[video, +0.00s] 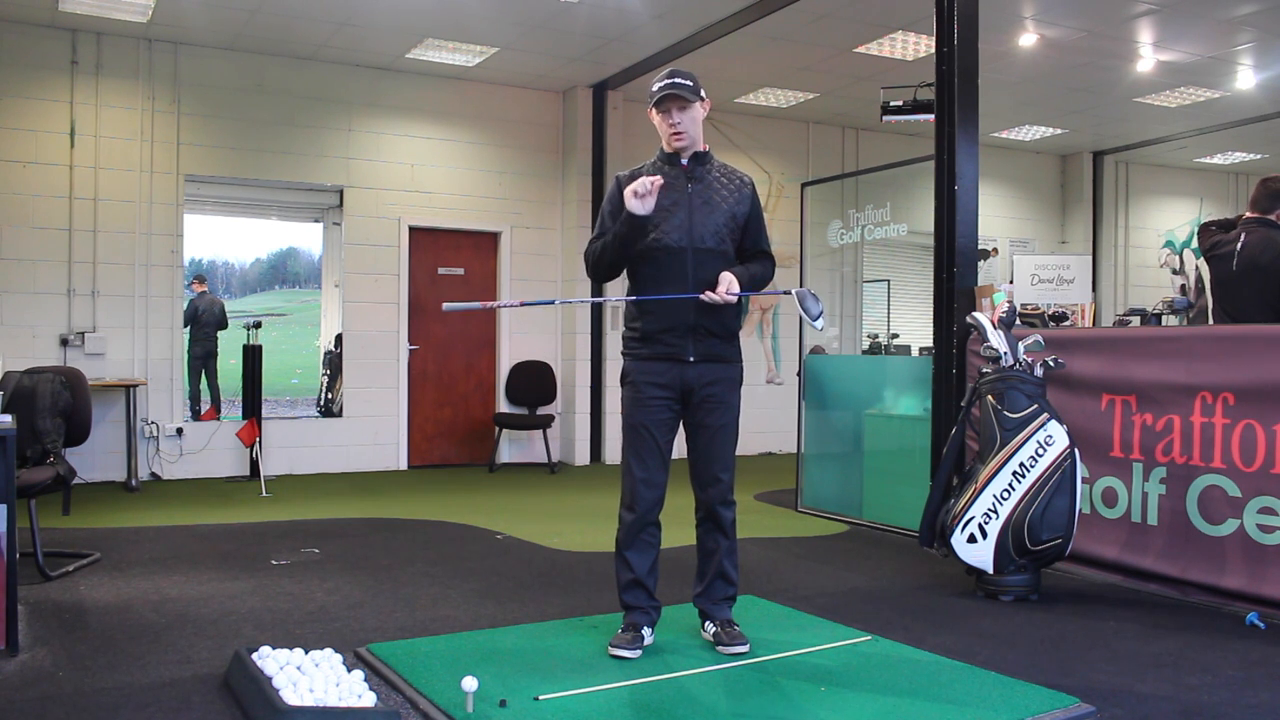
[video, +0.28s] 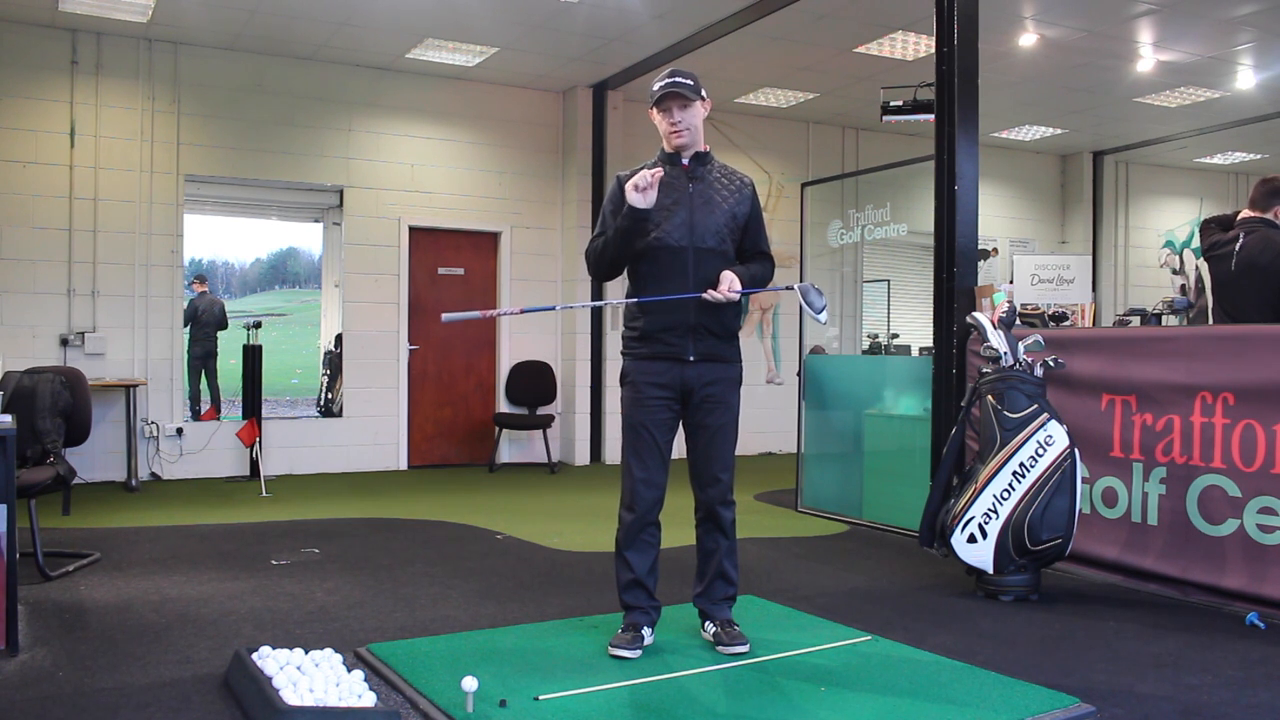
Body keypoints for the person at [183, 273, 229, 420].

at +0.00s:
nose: (191, 287)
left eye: (193, 284)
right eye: (192, 284)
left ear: (198, 285)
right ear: (205, 285)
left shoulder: (195, 301)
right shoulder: (218, 301)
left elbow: (185, 322)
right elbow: (224, 324)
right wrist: (210, 326)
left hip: (197, 345)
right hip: (212, 345)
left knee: (194, 383)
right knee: (213, 381)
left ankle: (195, 414)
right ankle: (216, 412)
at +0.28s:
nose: (192, 287)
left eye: (193, 285)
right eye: (192, 285)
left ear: (199, 285)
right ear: (206, 285)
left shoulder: (195, 302)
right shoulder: (218, 302)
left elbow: (184, 322)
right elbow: (224, 325)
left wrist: (185, 311)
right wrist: (210, 325)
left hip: (196, 345)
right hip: (212, 345)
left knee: (194, 383)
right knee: (213, 381)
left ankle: (195, 415)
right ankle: (216, 412)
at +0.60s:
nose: (192, 287)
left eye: (193, 285)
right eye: (192, 285)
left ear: (198, 285)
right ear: (205, 285)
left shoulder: (194, 302)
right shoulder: (218, 302)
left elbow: (185, 323)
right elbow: (224, 325)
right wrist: (210, 326)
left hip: (196, 345)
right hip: (212, 345)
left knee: (194, 383)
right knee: (213, 381)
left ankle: (195, 415)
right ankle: (216, 412)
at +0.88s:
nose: (191, 287)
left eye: (192, 284)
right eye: (191, 285)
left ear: (197, 285)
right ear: (205, 285)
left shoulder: (194, 302)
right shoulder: (217, 301)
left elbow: (185, 323)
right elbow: (224, 324)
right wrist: (210, 326)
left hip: (196, 345)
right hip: (212, 346)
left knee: (194, 383)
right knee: (213, 381)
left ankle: (195, 415)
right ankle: (216, 412)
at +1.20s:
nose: (191, 287)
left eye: (192, 284)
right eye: (191, 284)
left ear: (197, 285)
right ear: (204, 284)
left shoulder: (194, 302)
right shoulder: (217, 302)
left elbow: (185, 324)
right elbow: (222, 325)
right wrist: (209, 325)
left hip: (196, 345)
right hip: (211, 345)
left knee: (194, 383)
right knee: (213, 381)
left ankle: (195, 415)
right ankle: (216, 412)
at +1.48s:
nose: (191, 287)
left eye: (193, 284)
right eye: (191, 284)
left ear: (198, 284)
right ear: (205, 284)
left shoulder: (195, 302)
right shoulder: (217, 302)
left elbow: (185, 323)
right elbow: (222, 325)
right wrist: (209, 326)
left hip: (196, 344)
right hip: (211, 344)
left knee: (195, 382)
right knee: (212, 381)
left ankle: (195, 415)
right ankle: (216, 412)